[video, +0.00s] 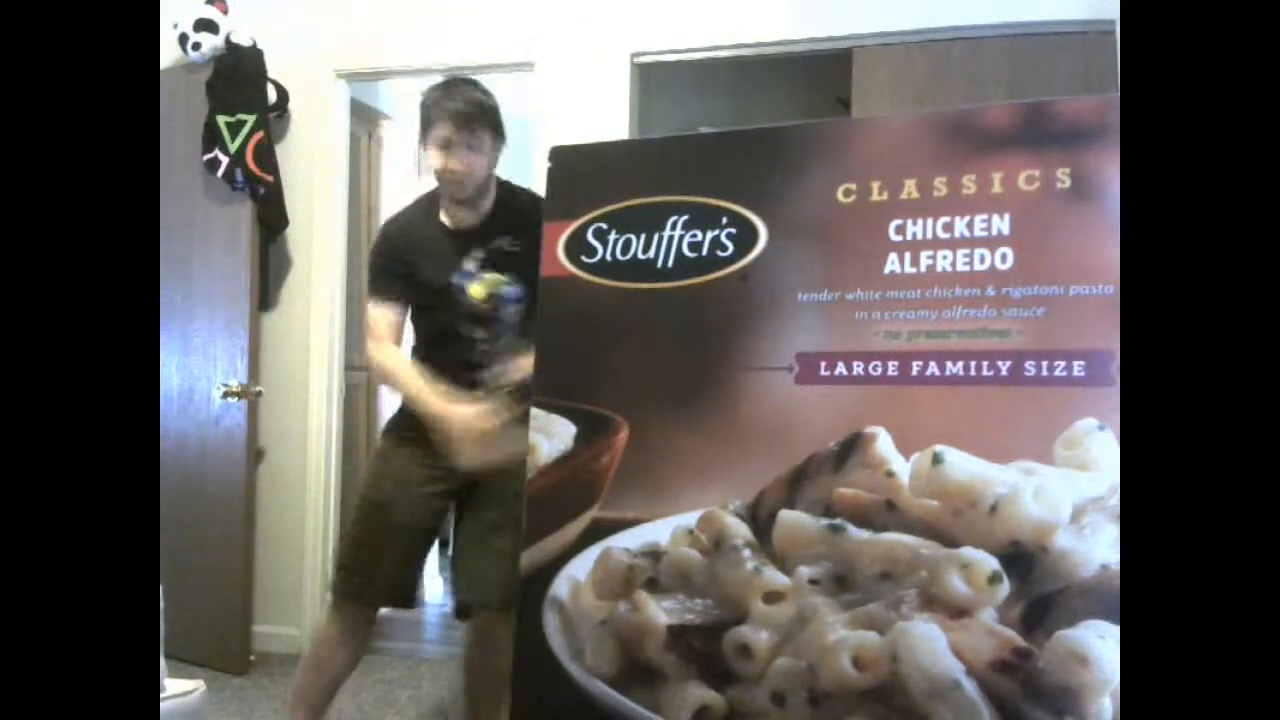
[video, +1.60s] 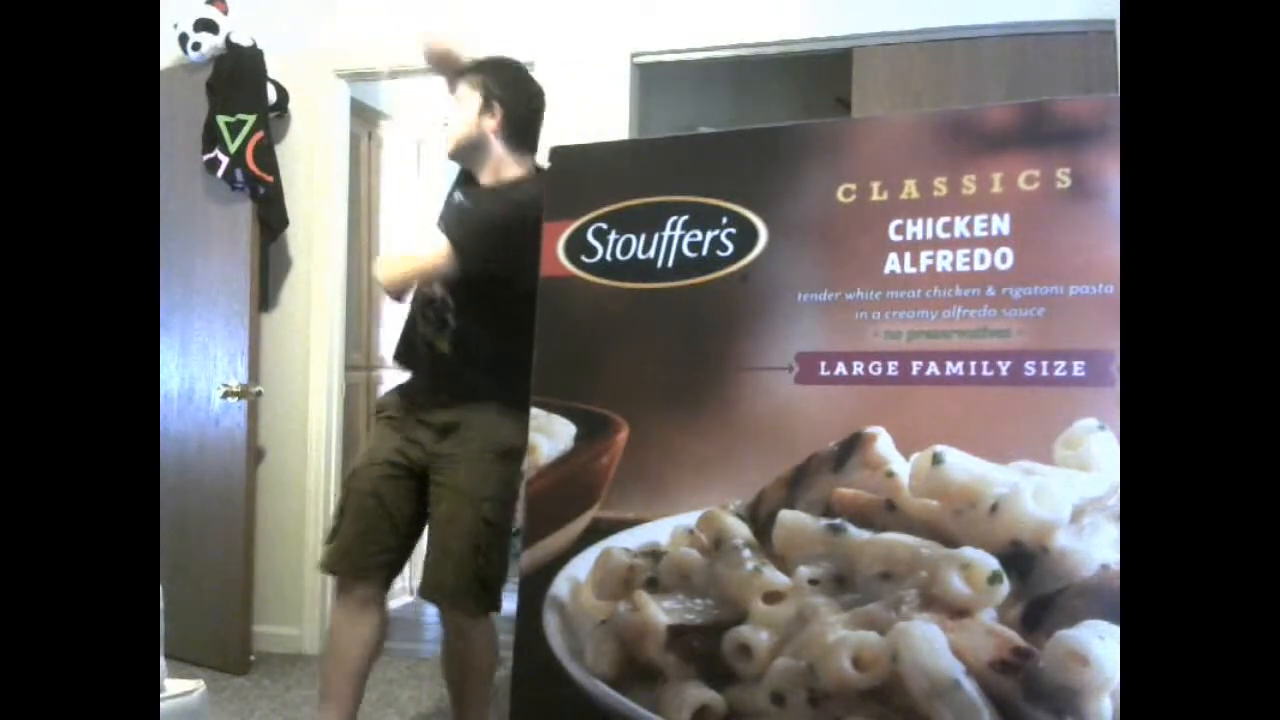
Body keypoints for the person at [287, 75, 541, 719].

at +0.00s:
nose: (452, 162)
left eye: (468, 148)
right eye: (441, 146)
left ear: (496, 152)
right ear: (425, 151)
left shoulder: (540, 225)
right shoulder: (403, 235)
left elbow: (586, 321)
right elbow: (380, 348)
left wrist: (529, 364)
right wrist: (450, 411)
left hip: (508, 428)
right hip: (424, 423)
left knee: (493, 609)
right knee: (355, 598)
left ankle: (488, 717)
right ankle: (300, 713)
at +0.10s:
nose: (485, 170)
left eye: (497, 156)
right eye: (472, 154)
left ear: (512, 156)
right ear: (443, 150)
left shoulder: (536, 211)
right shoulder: (409, 245)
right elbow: (413, 360)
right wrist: (513, 391)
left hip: (515, 444)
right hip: (431, 439)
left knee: (511, 609)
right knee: (355, 599)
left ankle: (495, 717)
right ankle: (294, 714)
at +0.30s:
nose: (543, 159)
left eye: (552, 148)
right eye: (532, 140)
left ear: (554, 152)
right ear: (487, 132)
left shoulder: (536, 211)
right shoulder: (447, 234)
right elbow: (475, 357)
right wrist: (577, 349)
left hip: (527, 424)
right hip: (457, 428)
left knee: (541, 606)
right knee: (389, 597)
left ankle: (497, 713)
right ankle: (325, 712)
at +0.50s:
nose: (545, 179)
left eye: (558, 167)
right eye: (536, 164)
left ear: (576, 175)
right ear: (515, 165)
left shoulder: (571, 245)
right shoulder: (459, 217)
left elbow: (590, 333)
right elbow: (374, 243)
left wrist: (532, 373)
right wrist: (367, 237)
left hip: (509, 419)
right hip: (434, 406)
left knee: (514, 582)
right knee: (441, 568)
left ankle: (499, 709)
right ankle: (443, 711)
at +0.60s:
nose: (517, 196)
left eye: (532, 185)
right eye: (512, 180)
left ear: (560, 190)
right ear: (504, 174)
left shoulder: (565, 258)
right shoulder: (467, 207)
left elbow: (577, 339)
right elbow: (400, 183)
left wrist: (519, 342)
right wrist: (384, 177)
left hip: (506, 422)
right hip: (437, 404)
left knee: (503, 581)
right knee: (450, 556)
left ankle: (495, 706)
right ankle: (462, 707)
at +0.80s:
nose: (480, 135)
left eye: (497, 124)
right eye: (481, 124)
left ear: (542, 139)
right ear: (485, 134)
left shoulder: (551, 227)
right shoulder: (487, 190)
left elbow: (455, 280)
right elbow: (445, 86)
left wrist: (393, 226)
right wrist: (456, 33)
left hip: (496, 418)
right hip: (416, 396)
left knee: (487, 586)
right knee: (354, 532)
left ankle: (478, 713)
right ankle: (344, 701)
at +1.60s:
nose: (446, 118)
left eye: (458, 104)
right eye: (451, 104)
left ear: (493, 116)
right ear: (496, 118)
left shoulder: (524, 201)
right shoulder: (476, 178)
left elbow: (403, 275)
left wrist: (393, 269)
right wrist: (458, 70)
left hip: (484, 418)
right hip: (411, 406)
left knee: (462, 597)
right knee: (357, 572)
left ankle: (473, 717)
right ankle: (334, 714)